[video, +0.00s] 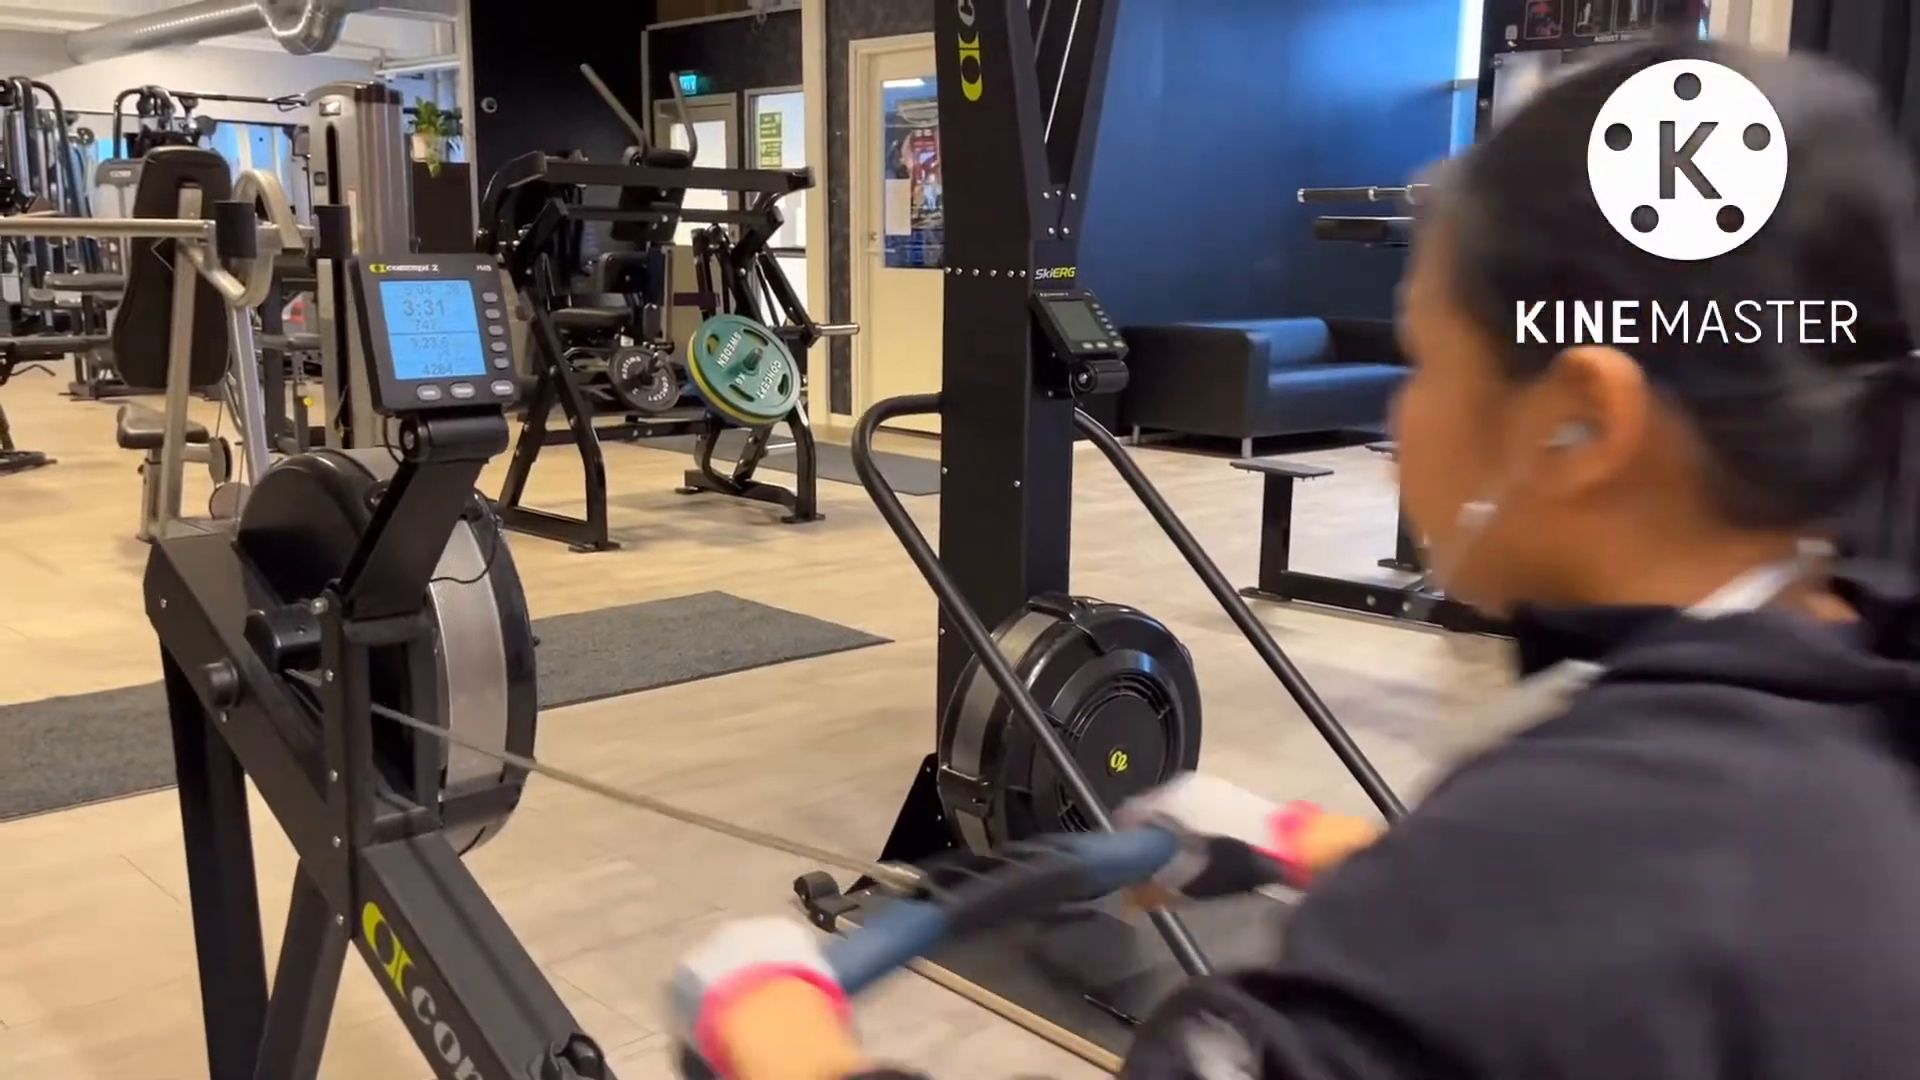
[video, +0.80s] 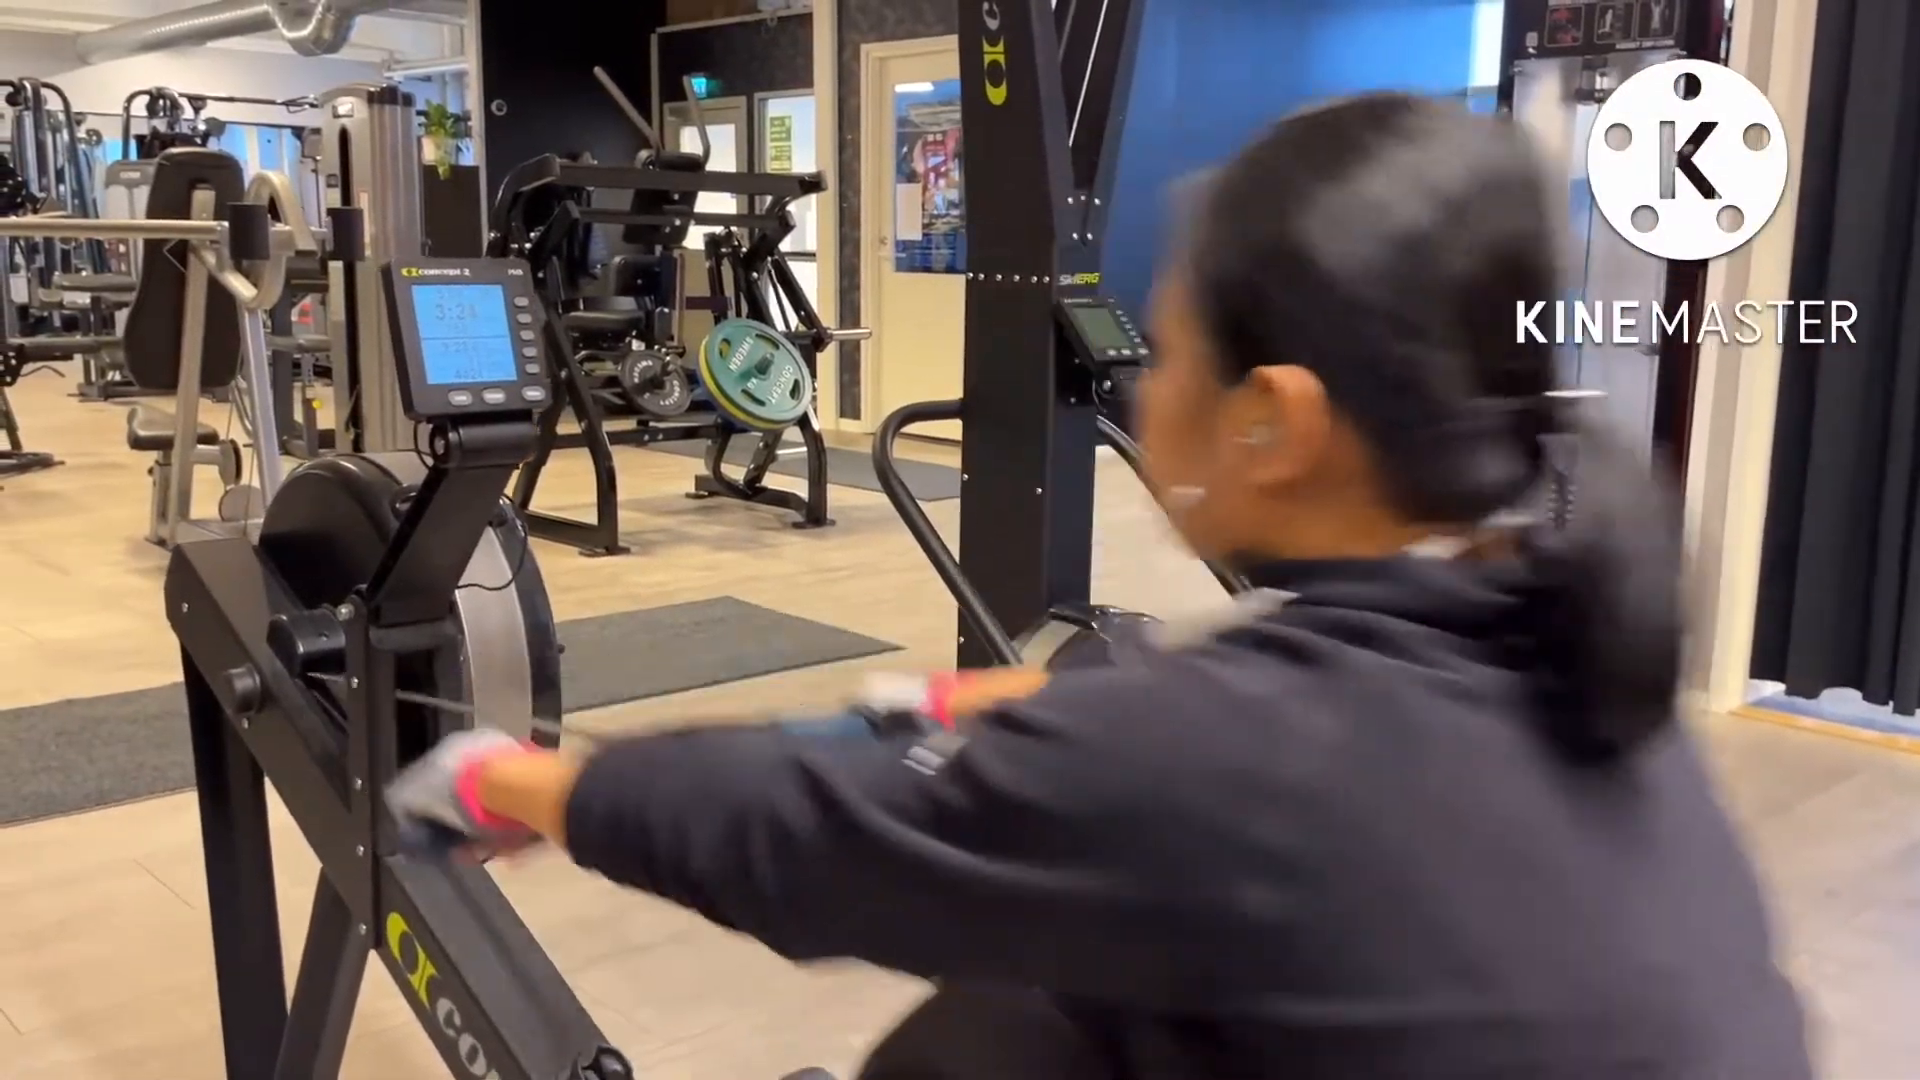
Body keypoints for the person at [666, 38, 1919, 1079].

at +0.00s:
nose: (1392, 422)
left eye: (1419, 366)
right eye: (1407, 364)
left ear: (1581, 426)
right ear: (1823, 404)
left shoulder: (1462, 930)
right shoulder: (1875, 698)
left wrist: (787, 1048)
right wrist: (1402, 858)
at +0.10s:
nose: (1267, 400)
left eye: (1291, 357)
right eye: (1281, 350)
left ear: (1430, 422)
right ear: (1655, 405)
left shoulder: (1416, 793)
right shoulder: (1774, 696)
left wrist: (670, 982)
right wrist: (1220, 821)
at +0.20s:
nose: (1150, 401)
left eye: (1172, 360)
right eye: (1163, 355)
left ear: (1293, 417)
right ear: (1507, 387)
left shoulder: (1273, 758)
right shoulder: (1598, 633)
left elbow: (778, 1047)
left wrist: (574, 902)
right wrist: (1097, 770)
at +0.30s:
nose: (1058, 395)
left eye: (1077, 354)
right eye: (1072, 349)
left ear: (1180, 417)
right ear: (1393, 387)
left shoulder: (1106, 728)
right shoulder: (1485, 619)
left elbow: (695, 980)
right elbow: (1276, 772)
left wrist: (491, 849)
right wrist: (985, 725)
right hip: (1624, 1042)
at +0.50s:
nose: (957, 390)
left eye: (976, 355)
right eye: (976, 348)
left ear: (1061, 425)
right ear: (1264, 393)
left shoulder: (989, 678)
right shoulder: (1352, 586)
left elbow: (648, 783)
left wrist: (412, 736)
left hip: (1243, 1068)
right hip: (1509, 1046)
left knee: (833, 974)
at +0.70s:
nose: (1014, 392)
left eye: (1035, 357)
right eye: (1031, 350)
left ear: (1135, 433)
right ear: (1337, 399)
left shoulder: (1052, 691)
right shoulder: (1420, 593)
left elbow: (707, 742)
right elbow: (1197, 654)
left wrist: (456, 712)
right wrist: (952, 629)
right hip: (1608, 1045)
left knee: (895, 1001)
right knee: (948, 977)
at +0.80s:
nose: (1137, 390)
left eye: (1164, 356)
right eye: (1154, 348)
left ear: (1285, 428)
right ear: (1492, 393)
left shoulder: (1228, 746)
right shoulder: (1573, 623)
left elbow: (855, 829)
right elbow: (1309, 691)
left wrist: (567, 791)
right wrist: (1045, 698)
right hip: (1728, 1043)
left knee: (1007, 1010)